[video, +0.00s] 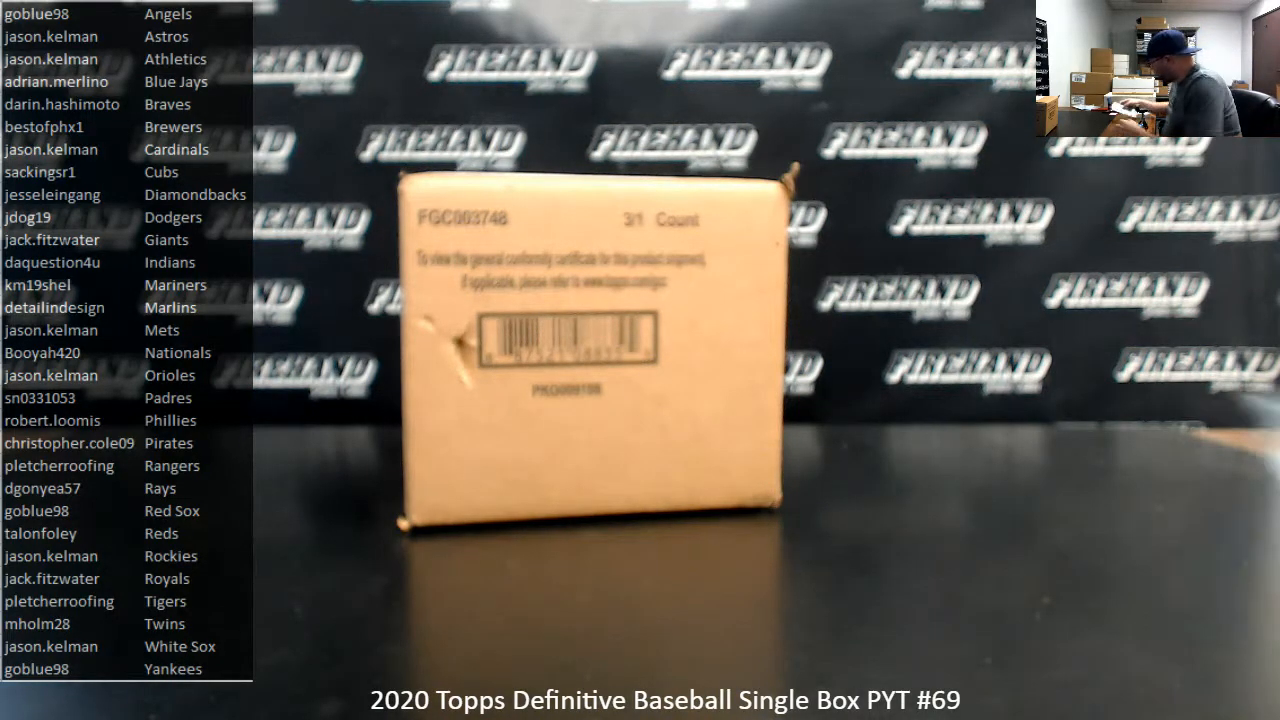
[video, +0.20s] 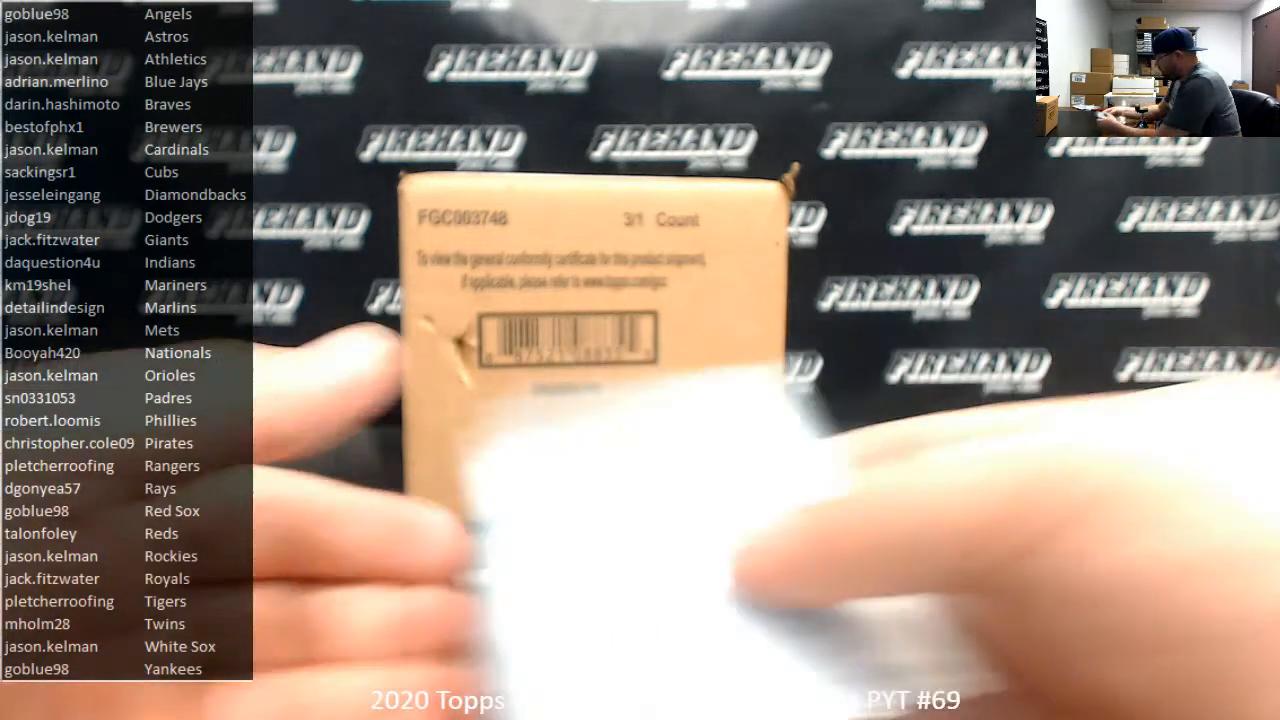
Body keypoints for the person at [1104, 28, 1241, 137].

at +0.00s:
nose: (1152, 71)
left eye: (1152, 64)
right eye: (1150, 66)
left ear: (1167, 59)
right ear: (1168, 60)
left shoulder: (1205, 84)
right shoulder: (1181, 80)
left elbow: (1202, 149)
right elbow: (1177, 109)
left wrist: (1139, 133)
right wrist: (1142, 104)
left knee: (1119, 127)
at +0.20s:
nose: (1156, 65)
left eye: (1158, 59)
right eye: (1155, 60)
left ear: (1177, 56)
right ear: (1178, 56)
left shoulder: (1199, 83)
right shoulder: (1183, 78)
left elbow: (1166, 138)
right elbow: (1163, 109)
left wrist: (1117, 128)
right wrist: (1130, 112)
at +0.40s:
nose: (1154, 66)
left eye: (1157, 60)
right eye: (1153, 61)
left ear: (1176, 57)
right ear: (1176, 57)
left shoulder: (1196, 84)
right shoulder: (1180, 80)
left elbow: (1165, 141)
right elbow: (1159, 114)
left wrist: (1117, 131)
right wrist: (1126, 117)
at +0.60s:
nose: (1151, 70)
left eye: (1152, 63)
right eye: (1149, 64)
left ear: (1169, 59)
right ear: (1170, 59)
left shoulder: (1192, 84)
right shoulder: (1178, 80)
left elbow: (1166, 141)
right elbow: (1159, 114)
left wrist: (1119, 130)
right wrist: (1124, 116)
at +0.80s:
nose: (1149, 72)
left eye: (1150, 64)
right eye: (1148, 66)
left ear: (1167, 59)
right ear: (1167, 59)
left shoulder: (1191, 83)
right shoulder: (1177, 80)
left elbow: (1166, 141)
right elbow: (1160, 114)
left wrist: (1118, 131)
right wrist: (1125, 117)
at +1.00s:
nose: (1148, 72)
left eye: (1149, 66)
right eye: (1147, 67)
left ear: (1166, 60)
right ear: (1167, 60)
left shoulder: (1191, 84)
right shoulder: (1176, 80)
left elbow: (1165, 142)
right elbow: (1160, 112)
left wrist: (1117, 131)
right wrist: (1127, 117)